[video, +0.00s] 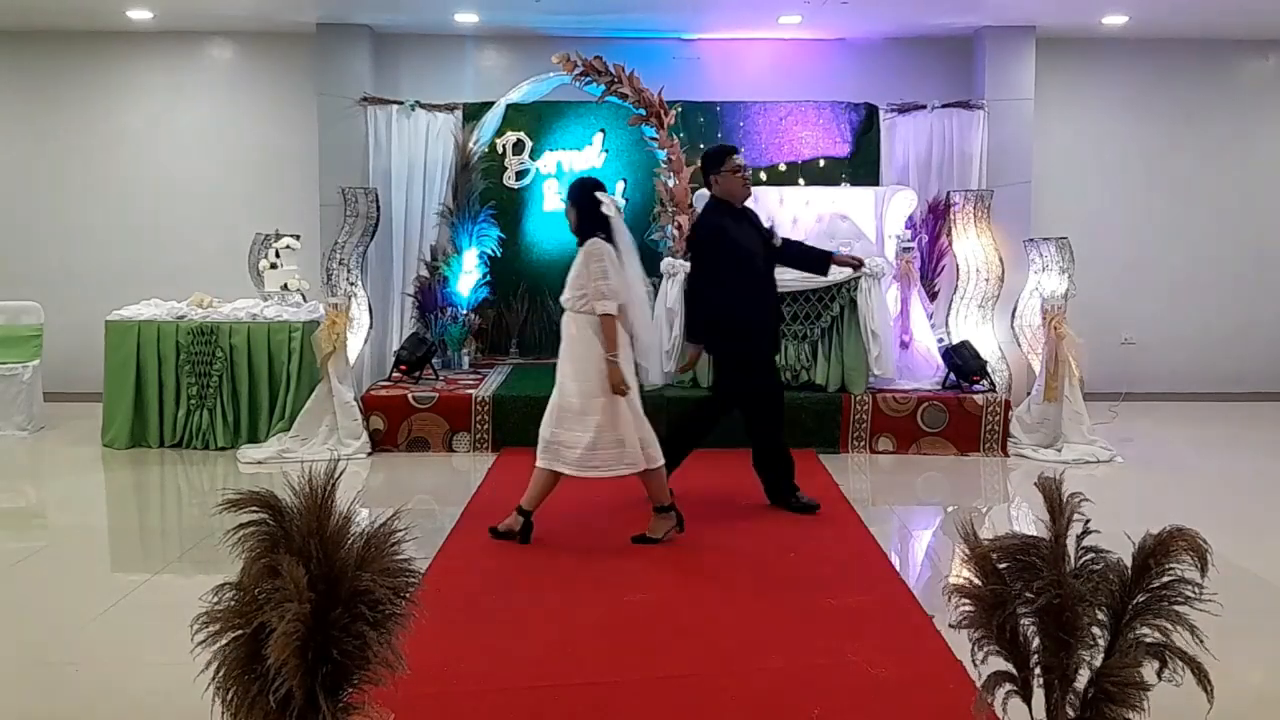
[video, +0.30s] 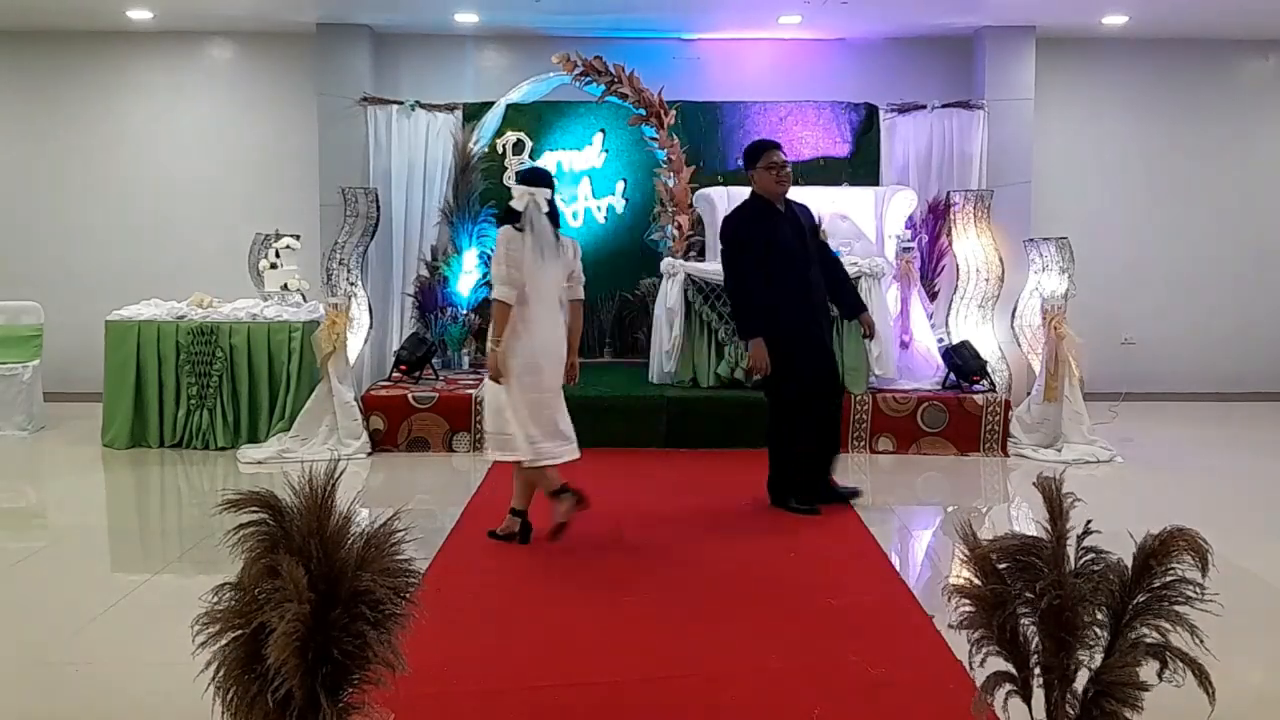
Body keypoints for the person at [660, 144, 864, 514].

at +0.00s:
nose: (746, 175)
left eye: (745, 169)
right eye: (737, 171)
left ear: (739, 178)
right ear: (713, 181)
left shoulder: (743, 216)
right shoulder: (708, 226)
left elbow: (779, 249)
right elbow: (700, 285)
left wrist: (833, 259)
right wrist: (695, 339)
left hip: (754, 332)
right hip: (735, 336)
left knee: (720, 404)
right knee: (767, 407)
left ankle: (658, 467)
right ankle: (780, 490)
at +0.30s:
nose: (784, 173)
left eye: (786, 167)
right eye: (773, 167)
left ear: (790, 172)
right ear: (752, 175)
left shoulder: (800, 214)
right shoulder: (738, 222)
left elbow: (827, 264)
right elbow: (737, 285)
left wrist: (857, 310)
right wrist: (753, 337)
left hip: (814, 328)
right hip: (777, 332)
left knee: (828, 398)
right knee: (787, 408)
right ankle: (784, 489)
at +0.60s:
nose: (803, 175)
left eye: (810, 168)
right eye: (794, 170)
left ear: (823, 172)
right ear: (784, 176)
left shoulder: (849, 212)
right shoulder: (770, 224)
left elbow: (866, 267)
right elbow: (757, 282)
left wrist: (858, 312)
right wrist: (765, 337)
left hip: (851, 331)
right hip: (803, 336)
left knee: (873, 411)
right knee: (809, 414)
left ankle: (892, 492)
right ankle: (788, 490)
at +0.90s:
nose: (827, 183)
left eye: (837, 176)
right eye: (823, 177)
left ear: (861, 177)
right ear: (821, 183)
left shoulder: (898, 220)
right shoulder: (818, 230)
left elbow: (925, 276)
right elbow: (805, 286)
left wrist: (912, 324)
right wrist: (803, 333)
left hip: (889, 345)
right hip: (839, 347)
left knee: (898, 427)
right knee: (827, 421)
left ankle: (921, 501)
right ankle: (811, 486)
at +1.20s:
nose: (843, 176)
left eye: (850, 169)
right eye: (843, 169)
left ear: (877, 172)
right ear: (864, 173)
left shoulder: (914, 214)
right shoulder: (845, 223)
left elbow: (954, 262)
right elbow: (829, 279)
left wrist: (969, 317)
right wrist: (814, 330)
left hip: (901, 342)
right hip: (855, 342)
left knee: (908, 425)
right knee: (848, 420)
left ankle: (922, 503)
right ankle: (864, 495)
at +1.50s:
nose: (833, 175)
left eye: (839, 167)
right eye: (834, 168)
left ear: (864, 172)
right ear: (860, 173)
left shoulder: (883, 218)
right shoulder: (855, 215)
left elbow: (891, 287)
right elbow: (852, 285)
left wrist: (897, 343)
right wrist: (835, 339)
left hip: (872, 341)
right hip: (852, 338)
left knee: (877, 417)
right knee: (865, 419)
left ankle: (928, 477)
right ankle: (879, 499)